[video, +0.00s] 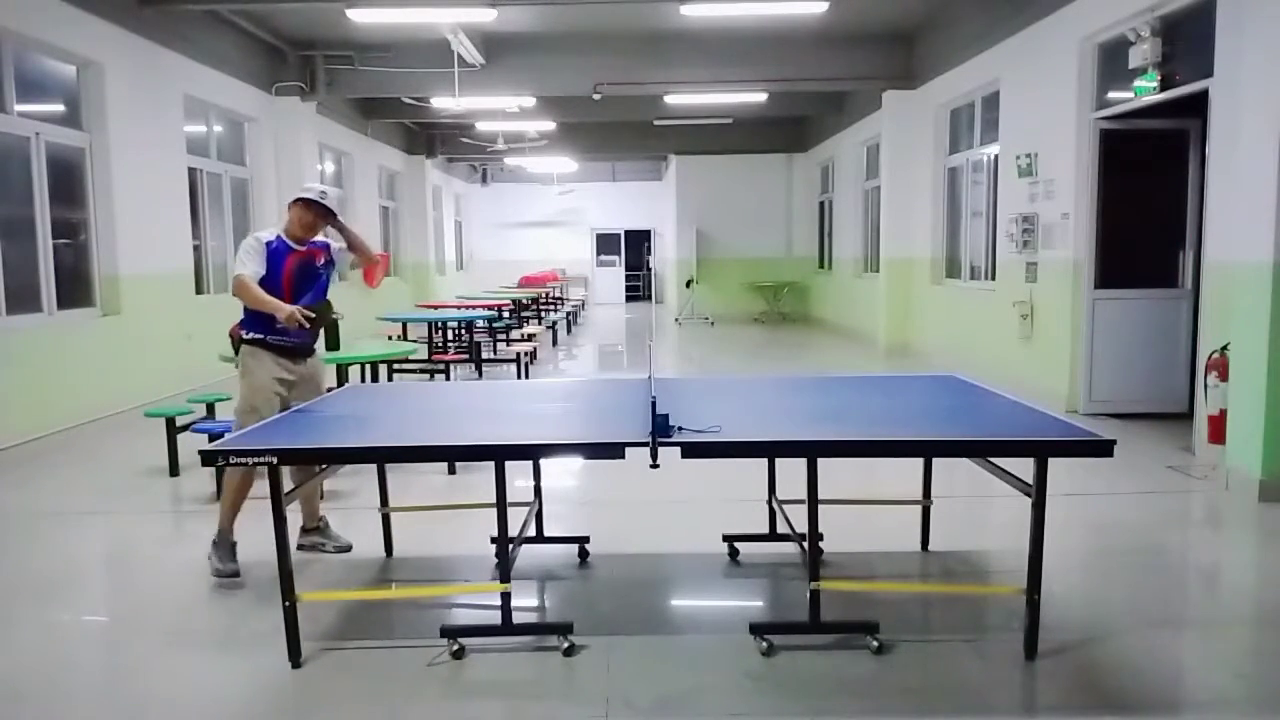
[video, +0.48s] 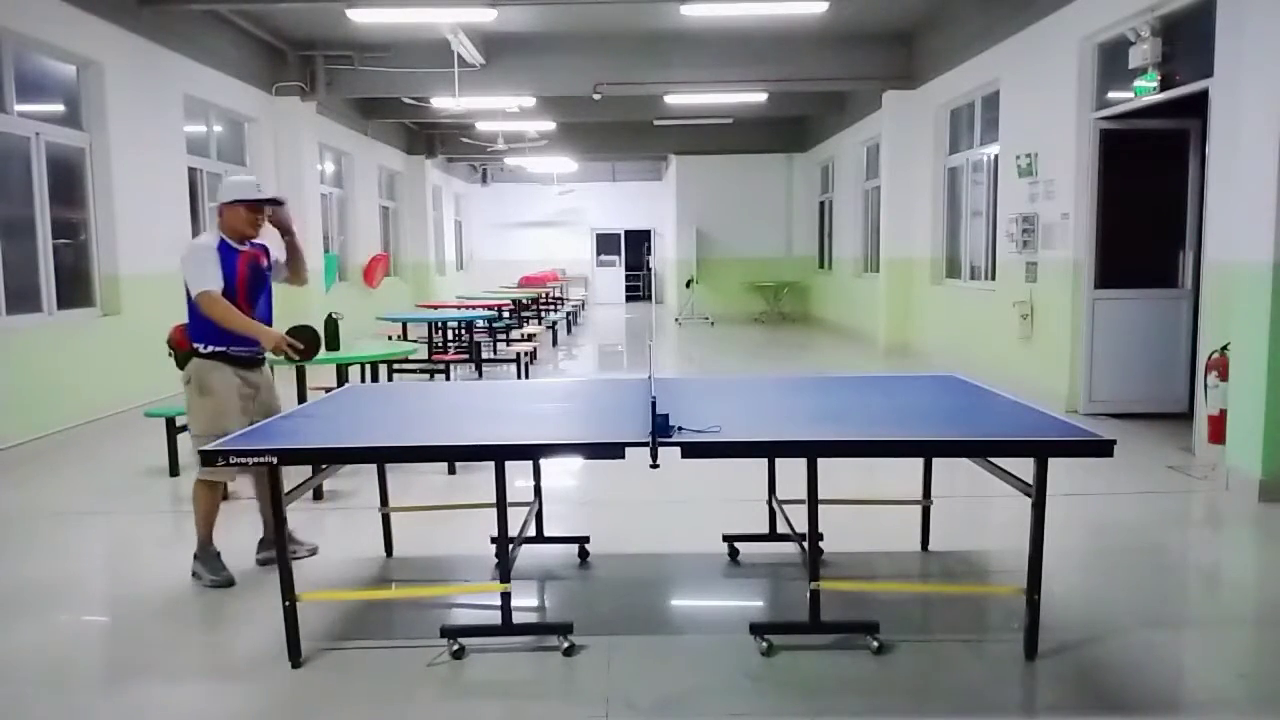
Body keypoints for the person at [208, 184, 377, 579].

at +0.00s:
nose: (315, 222)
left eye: (321, 217)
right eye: (310, 211)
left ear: (324, 223)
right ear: (293, 208)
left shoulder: (325, 251)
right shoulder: (259, 242)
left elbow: (368, 260)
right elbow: (242, 286)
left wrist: (341, 226)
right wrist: (281, 309)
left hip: (307, 358)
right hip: (262, 356)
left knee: (309, 443)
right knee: (248, 446)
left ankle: (313, 526)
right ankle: (224, 538)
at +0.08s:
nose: (303, 221)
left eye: (311, 217)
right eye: (299, 210)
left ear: (316, 223)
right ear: (282, 208)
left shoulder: (315, 251)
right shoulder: (251, 244)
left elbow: (357, 258)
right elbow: (236, 289)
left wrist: (331, 225)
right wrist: (280, 311)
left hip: (301, 360)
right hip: (257, 358)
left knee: (305, 444)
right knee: (246, 450)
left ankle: (313, 527)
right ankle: (215, 540)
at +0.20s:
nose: (291, 222)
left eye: (299, 218)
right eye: (286, 212)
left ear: (303, 225)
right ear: (269, 211)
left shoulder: (302, 251)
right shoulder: (239, 247)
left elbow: (343, 262)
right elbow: (230, 295)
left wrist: (320, 229)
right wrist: (275, 317)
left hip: (289, 364)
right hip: (246, 363)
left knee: (302, 446)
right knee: (239, 454)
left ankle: (312, 527)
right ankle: (208, 547)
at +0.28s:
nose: (281, 229)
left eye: (287, 224)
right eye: (276, 220)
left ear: (287, 228)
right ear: (256, 215)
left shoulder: (284, 254)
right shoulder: (226, 251)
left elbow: (324, 265)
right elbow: (222, 301)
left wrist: (303, 233)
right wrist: (272, 324)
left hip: (274, 372)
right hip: (231, 371)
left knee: (300, 446)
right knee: (230, 461)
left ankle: (312, 528)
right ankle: (206, 552)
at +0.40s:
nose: (271, 228)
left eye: (275, 223)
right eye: (265, 220)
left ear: (273, 225)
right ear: (241, 215)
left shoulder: (271, 254)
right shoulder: (213, 253)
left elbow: (311, 270)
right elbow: (218, 305)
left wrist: (290, 235)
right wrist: (270, 333)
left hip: (260, 374)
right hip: (219, 374)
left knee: (288, 452)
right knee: (221, 466)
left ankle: (296, 530)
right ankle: (205, 553)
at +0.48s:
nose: (259, 219)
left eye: (262, 211)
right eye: (251, 211)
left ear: (264, 213)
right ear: (225, 210)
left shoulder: (261, 251)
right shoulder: (202, 250)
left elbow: (297, 276)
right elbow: (209, 304)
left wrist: (288, 233)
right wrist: (264, 333)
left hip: (255, 368)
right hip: (213, 369)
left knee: (267, 454)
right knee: (214, 462)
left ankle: (275, 537)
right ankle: (205, 552)